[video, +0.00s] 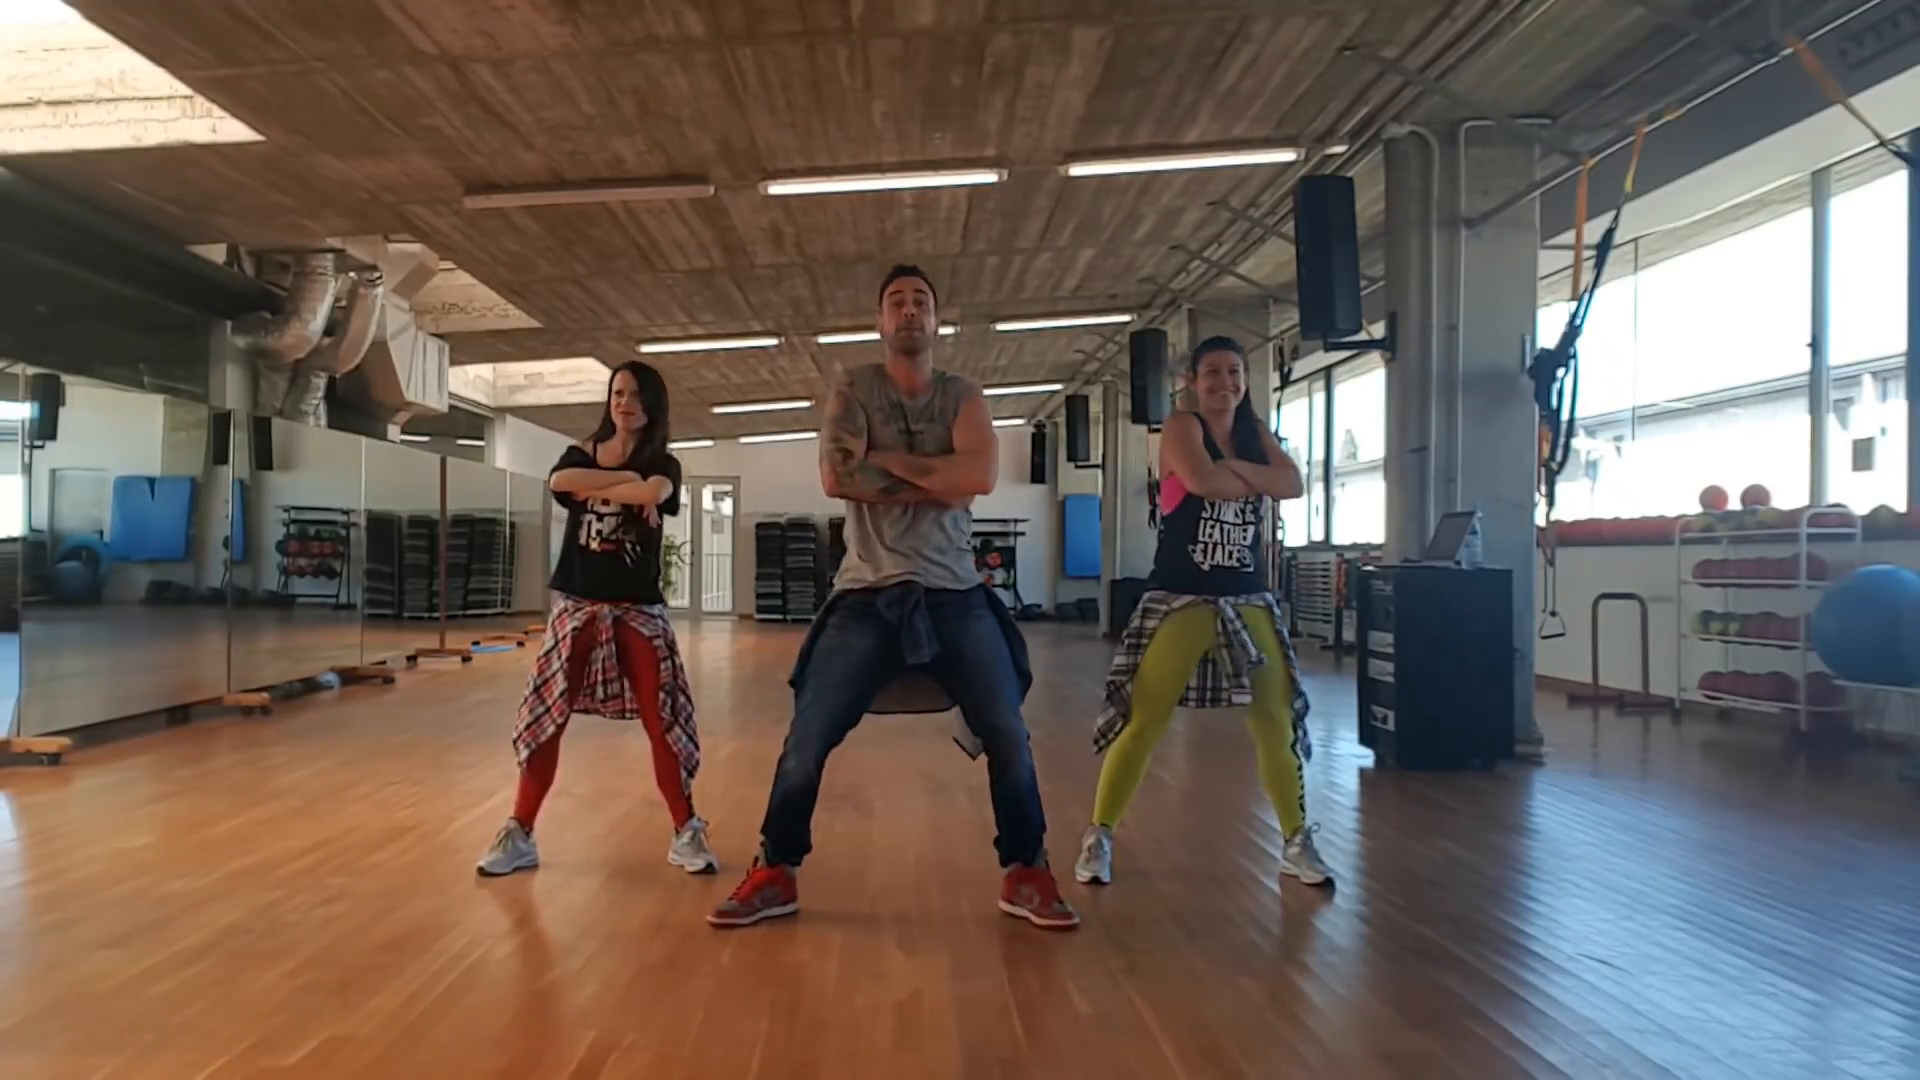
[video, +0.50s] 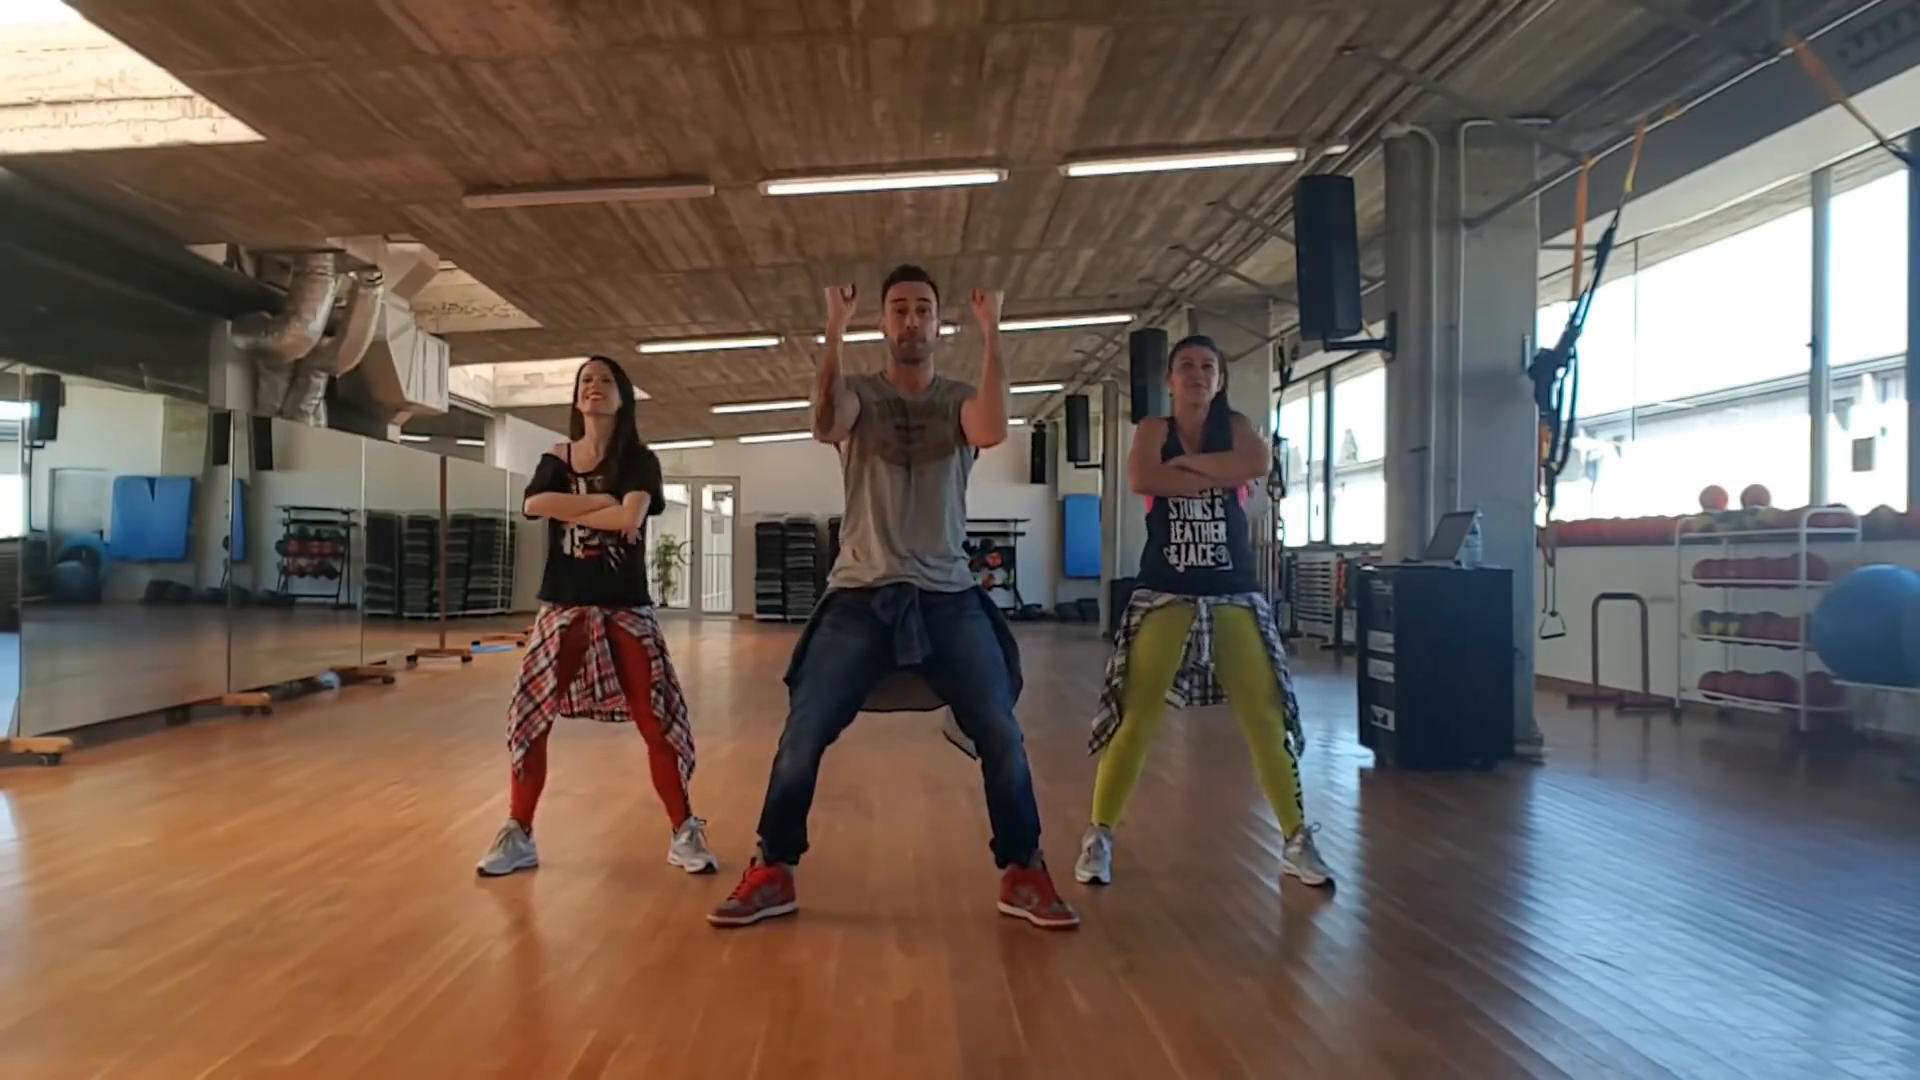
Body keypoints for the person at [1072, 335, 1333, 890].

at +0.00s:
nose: (1225, 380)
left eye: (1233, 372)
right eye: (1214, 372)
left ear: (1245, 382)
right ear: (1193, 382)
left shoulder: (1253, 432)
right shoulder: (1181, 426)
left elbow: (1292, 484)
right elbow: (1202, 481)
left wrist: (1231, 466)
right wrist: (1260, 483)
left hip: (1249, 598)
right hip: (1182, 598)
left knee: (1275, 723)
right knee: (1146, 721)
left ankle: (1297, 842)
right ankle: (1099, 838)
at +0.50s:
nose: (1197, 374)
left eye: (1206, 367)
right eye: (1186, 366)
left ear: (1220, 379)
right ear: (1170, 379)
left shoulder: (1236, 426)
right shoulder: (1153, 429)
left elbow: (1257, 464)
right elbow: (1141, 478)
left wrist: (1181, 462)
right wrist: (1220, 476)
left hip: (1233, 591)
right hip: (1164, 591)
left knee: (1264, 714)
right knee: (1138, 717)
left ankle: (1297, 841)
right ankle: (1098, 838)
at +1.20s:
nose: (1216, 380)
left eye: (1225, 371)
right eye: (1206, 372)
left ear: (1240, 380)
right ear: (1191, 384)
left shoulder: (1259, 435)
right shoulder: (1178, 437)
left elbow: (1318, 440)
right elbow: (1146, 457)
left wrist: (1287, 375)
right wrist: (1170, 387)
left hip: (1254, 601)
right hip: (1184, 598)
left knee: (1281, 726)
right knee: (1147, 714)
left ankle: (1285, 843)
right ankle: (1099, 828)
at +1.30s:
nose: (1204, 380)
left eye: (1211, 373)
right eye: (1193, 372)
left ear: (1224, 385)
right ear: (1173, 386)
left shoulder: (1245, 436)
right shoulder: (1159, 439)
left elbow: (1319, 439)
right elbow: (1149, 451)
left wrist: (1296, 377)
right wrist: (1178, 394)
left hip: (1239, 604)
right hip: (1167, 602)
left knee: (1265, 730)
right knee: (1125, 712)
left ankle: (1285, 843)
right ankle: (1079, 830)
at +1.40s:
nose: (1183, 389)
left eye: (1193, 380)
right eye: (1171, 377)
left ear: (1205, 390)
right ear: (1150, 388)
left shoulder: (1221, 443)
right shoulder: (1135, 444)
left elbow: (1301, 447)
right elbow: (1137, 446)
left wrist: (1284, 379)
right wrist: (1174, 392)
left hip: (1214, 606)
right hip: (1141, 606)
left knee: (1248, 731)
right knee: (1106, 728)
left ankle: (1285, 843)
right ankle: (1077, 843)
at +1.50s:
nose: (1161, 388)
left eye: (1171, 377)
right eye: (1151, 376)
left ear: (1185, 385)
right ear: (1132, 385)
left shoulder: (1200, 445)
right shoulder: (1112, 441)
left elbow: (1277, 455)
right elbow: (1111, 444)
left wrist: (1264, 386)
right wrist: (1145, 393)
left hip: (1180, 600)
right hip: (1111, 599)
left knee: (1228, 725)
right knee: (1091, 729)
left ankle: (1282, 837)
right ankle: (1076, 841)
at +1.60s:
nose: (1141, 382)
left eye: (1151, 373)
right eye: (1131, 372)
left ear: (1168, 386)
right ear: (1116, 382)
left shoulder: (1181, 445)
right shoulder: (1097, 437)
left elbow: (1256, 451)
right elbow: (1065, 450)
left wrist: (1245, 386)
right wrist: (1101, 392)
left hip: (1164, 600)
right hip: (1095, 600)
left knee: (1219, 710)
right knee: (1085, 729)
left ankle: (1248, 827)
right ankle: (1076, 837)